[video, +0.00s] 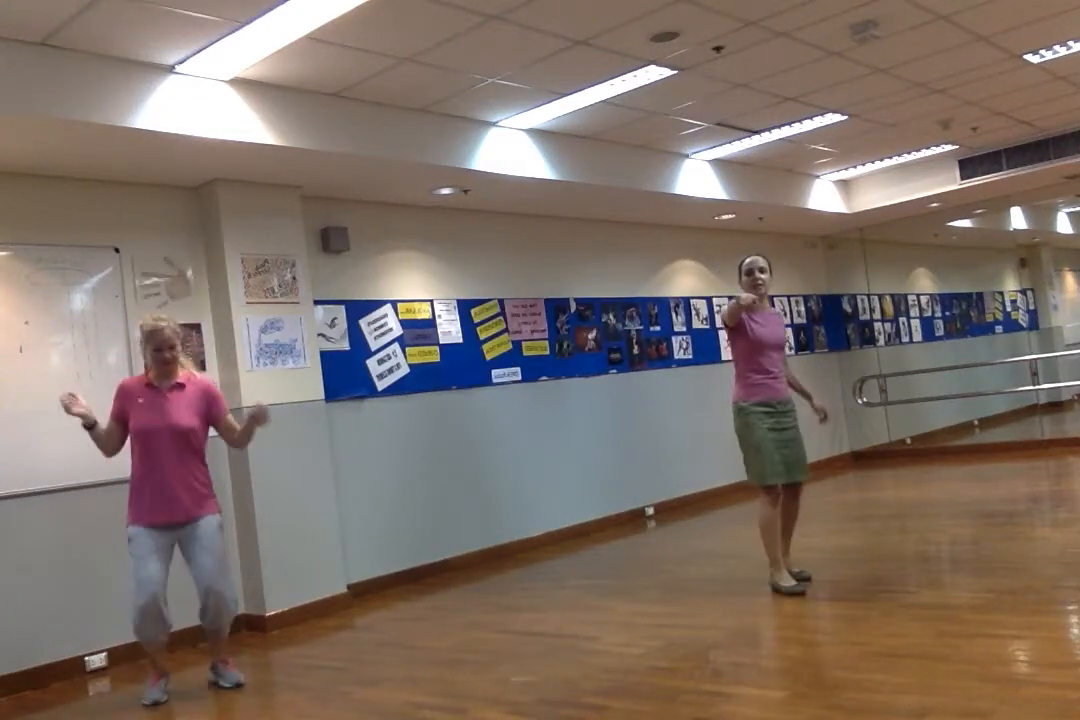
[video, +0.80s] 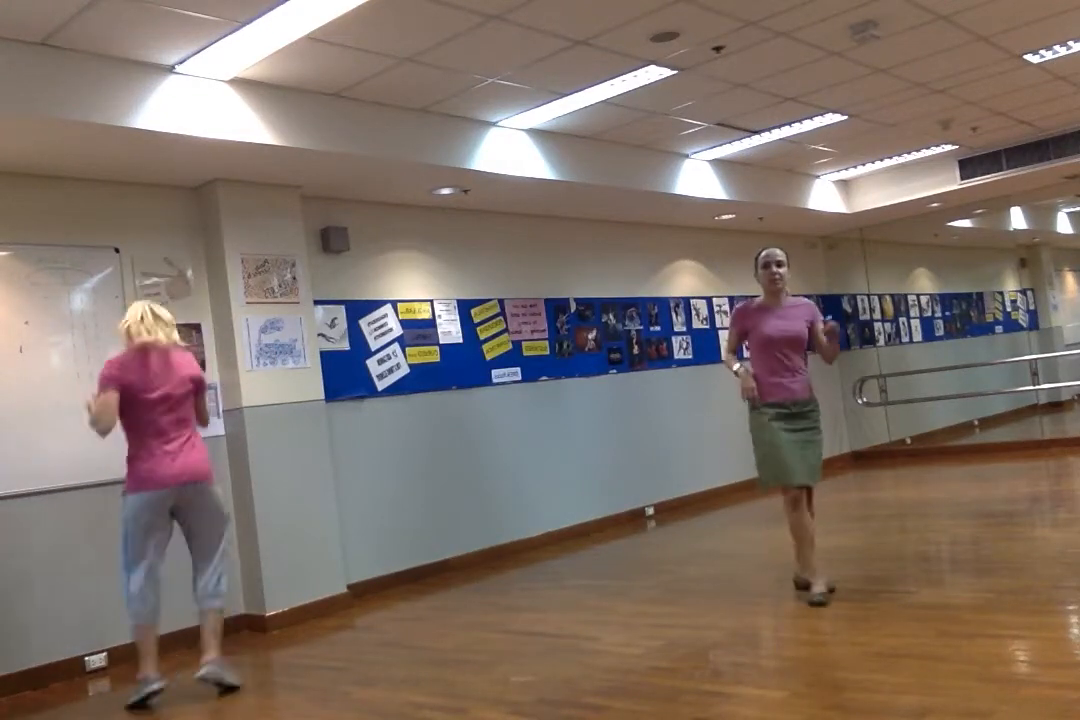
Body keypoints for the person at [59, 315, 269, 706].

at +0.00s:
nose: (166, 355)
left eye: (172, 348)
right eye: (158, 350)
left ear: (181, 347)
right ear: (144, 351)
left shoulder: (203, 388)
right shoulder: (129, 390)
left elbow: (236, 440)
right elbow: (110, 446)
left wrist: (251, 424)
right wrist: (89, 421)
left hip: (199, 509)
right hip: (147, 515)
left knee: (216, 589)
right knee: (147, 598)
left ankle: (220, 665)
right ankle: (158, 675)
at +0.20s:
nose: (142, 324)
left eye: (147, 315)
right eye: (135, 319)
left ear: (164, 309)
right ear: (129, 320)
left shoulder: (193, 344)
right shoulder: (128, 347)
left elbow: (244, 391)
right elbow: (99, 397)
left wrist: (236, 379)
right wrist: (81, 361)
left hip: (192, 459)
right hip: (147, 463)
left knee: (190, 551)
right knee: (162, 556)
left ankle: (189, 644)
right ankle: (202, 633)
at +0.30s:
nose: (144, 336)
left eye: (146, 326)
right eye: (136, 332)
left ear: (162, 316)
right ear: (130, 331)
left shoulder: (194, 352)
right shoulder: (131, 357)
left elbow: (227, 399)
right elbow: (103, 403)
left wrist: (231, 400)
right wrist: (90, 368)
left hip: (196, 468)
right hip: (152, 473)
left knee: (175, 562)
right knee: (199, 558)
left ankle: (150, 656)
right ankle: (247, 633)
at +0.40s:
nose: (137, 362)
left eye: (140, 352)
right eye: (130, 357)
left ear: (158, 343)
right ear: (127, 358)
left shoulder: (195, 384)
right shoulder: (139, 385)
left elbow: (219, 438)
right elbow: (126, 434)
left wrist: (198, 448)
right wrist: (106, 402)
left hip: (199, 500)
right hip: (161, 502)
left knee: (175, 587)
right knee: (213, 586)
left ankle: (154, 674)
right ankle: (266, 646)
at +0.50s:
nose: (128, 382)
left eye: (128, 373)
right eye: (123, 376)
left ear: (148, 360)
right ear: (134, 370)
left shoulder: (185, 396)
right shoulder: (156, 397)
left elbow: (189, 460)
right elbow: (154, 443)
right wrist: (127, 421)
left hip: (199, 510)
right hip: (170, 514)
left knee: (169, 592)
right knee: (211, 593)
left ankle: (150, 678)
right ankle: (270, 647)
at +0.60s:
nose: (116, 351)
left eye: (119, 341)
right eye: (113, 344)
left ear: (139, 335)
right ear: (135, 337)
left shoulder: (156, 372)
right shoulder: (160, 366)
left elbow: (149, 435)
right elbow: (165, 429)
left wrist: (102, 416)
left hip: (184, 492)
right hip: (183, 490)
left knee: (163, 581)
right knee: (206, 569)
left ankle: (161, 679)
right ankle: (265, 638)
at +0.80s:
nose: (124, 333)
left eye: (125, 327)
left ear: (128, 329)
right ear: (166, 326)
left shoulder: (117, 366)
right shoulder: (187, 360)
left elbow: (104, 424)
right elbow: (203, 419)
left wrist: (93, 410)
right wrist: (174, 398)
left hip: (146, 480)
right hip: (194, 473)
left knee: (141, 573)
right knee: (210, 562)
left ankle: (149, 674)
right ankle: (212, 658)